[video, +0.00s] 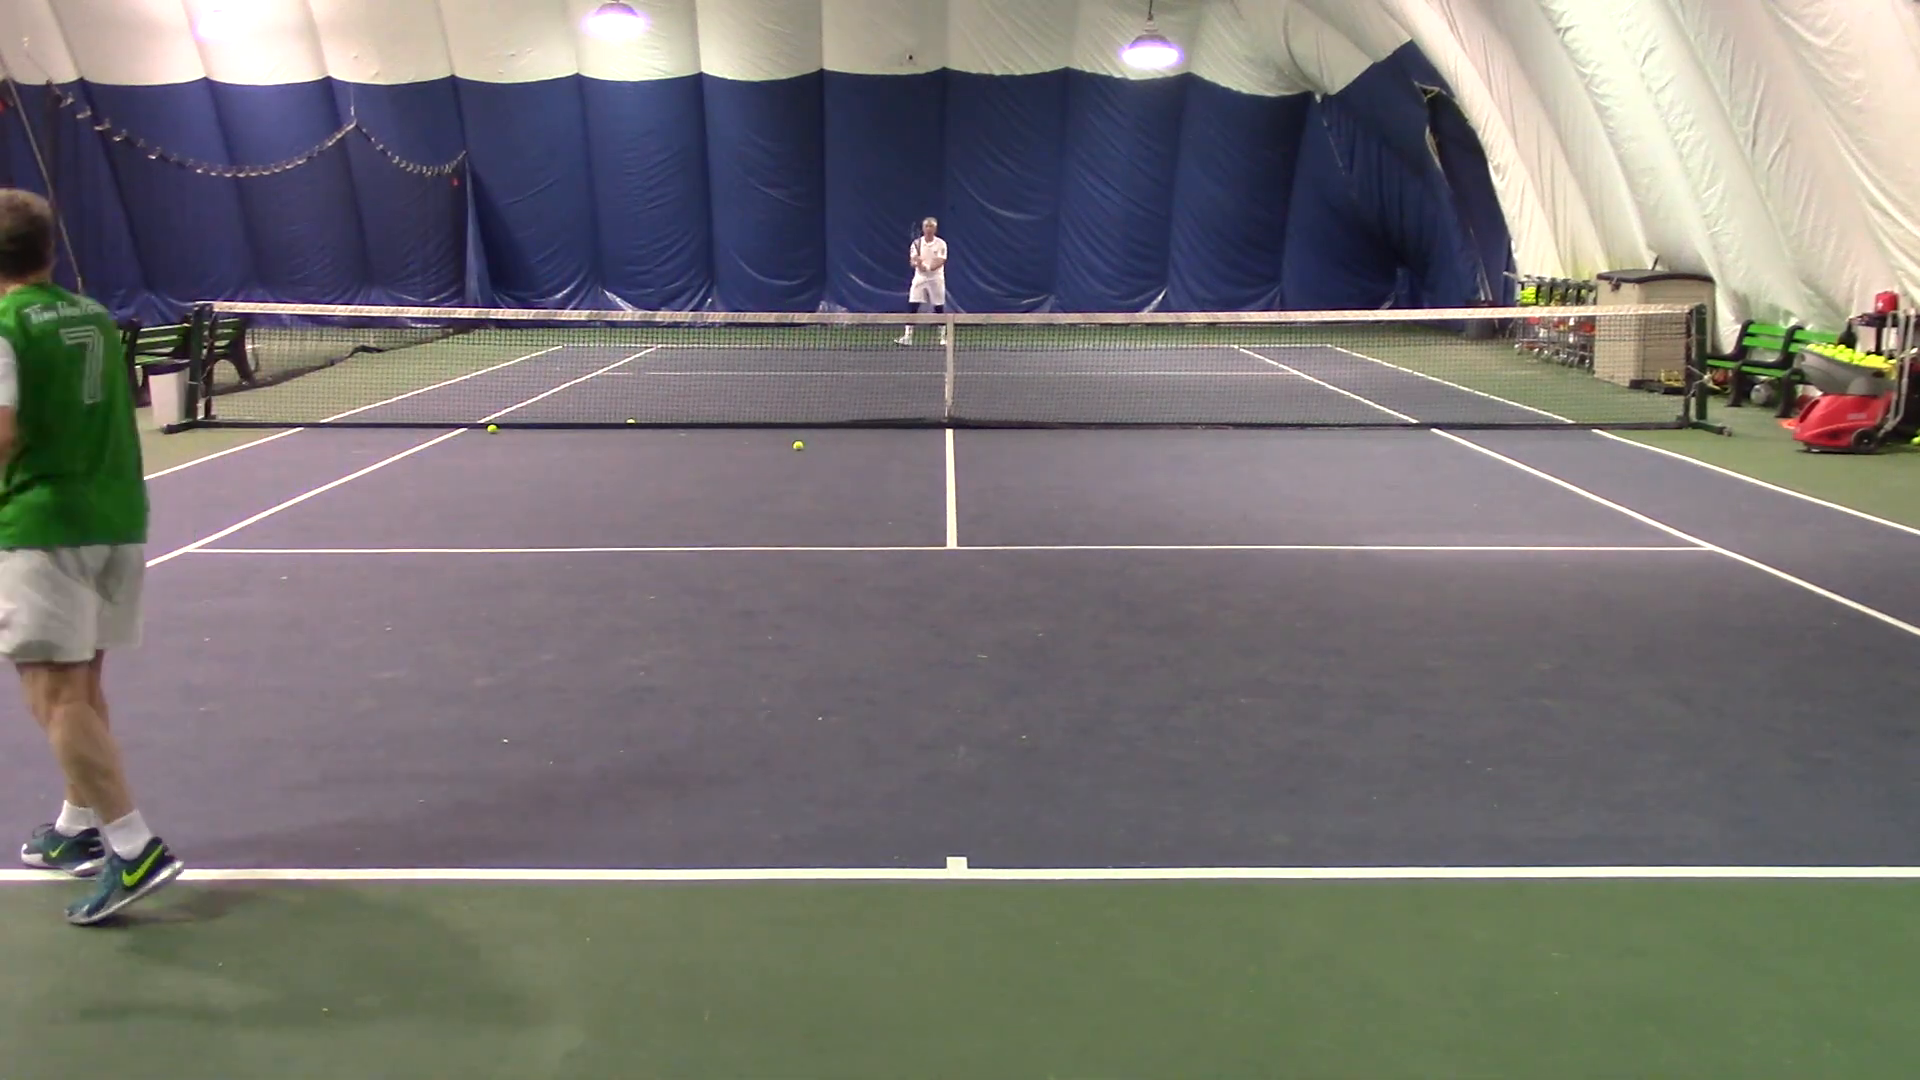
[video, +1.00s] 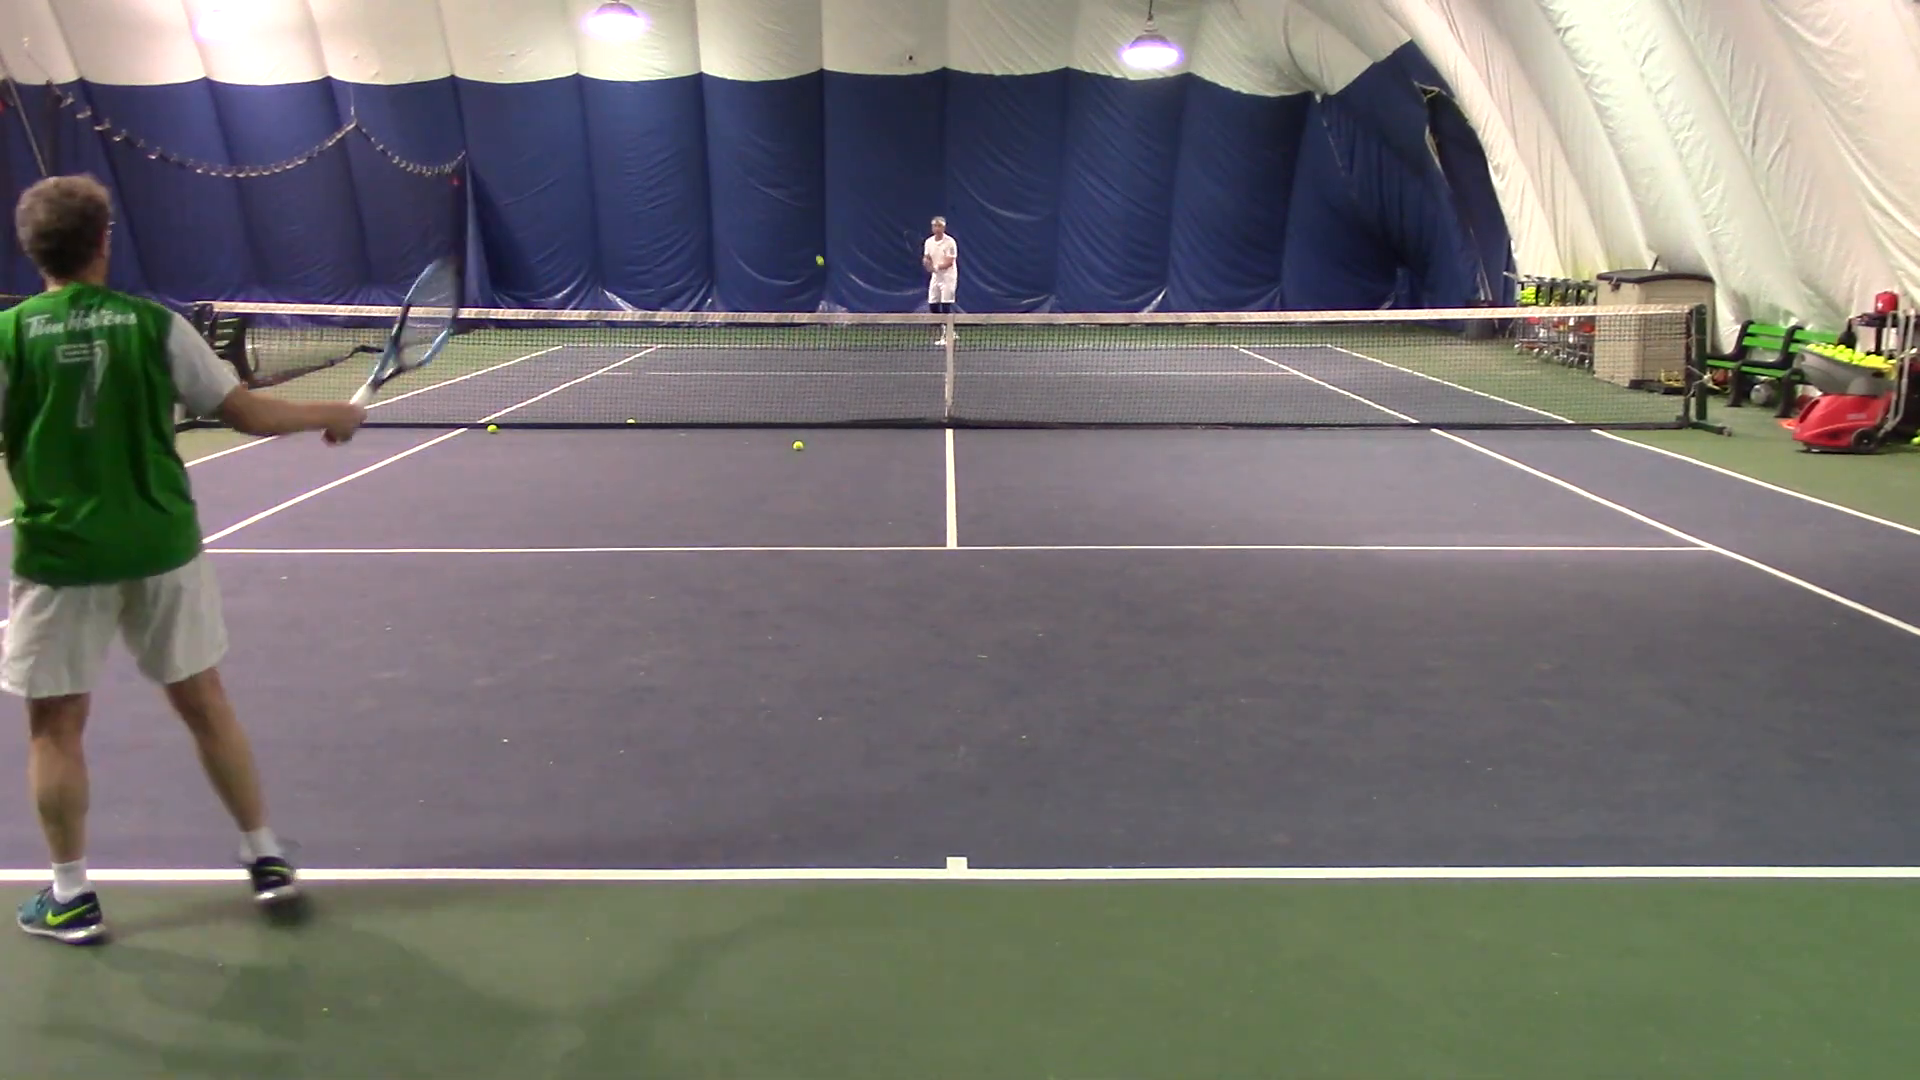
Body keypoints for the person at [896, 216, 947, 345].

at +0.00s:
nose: (928, 229)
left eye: (931, 226)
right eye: (926, 226)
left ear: (935, 229)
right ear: (923, 228)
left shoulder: (941, 244)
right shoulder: (916, 243)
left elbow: (942, 259)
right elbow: (913, 259)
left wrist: (931, 267)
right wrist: (919, 263)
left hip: (936, 279)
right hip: (919, 278)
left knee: (939, 307)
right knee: (912, 305)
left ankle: (942, 335)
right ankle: (908, 335)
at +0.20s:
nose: (935, 227)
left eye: (938, 224)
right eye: (934, 224)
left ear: (942, 227)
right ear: (930, 225)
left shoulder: (946, 242)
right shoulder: (921, 240)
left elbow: (946, 258)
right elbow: (915, 258)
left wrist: (936, 263)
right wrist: (921, 257)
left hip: (939, 277)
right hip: (923, 276)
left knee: (940, 306)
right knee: (917, 304)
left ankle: (942, 334)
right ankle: (918, 334)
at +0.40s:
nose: (935, 228)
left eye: (937, 225)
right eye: (933, 225)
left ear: (941, 227)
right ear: (929, 226)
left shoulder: (946, 243)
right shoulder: (921, 241)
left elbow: (947, 259)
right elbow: (916, 258)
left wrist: (938, 264)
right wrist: (923, 261)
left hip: (939, 277)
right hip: (924, 277)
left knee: (941, 306)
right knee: (921, 305)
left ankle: (943, 333)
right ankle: (923, 332)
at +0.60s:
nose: (932, 231)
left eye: (935, 229)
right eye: (930, 229)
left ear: (938, 230)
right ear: (927, 229)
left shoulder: (945, 244)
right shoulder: (919, 244)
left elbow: (947, 261)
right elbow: (916, 261)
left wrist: (938, 268)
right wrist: (923, 265)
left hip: (940, 278)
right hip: (925, 278)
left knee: (939, 304)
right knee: (923, 306)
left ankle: (943, 334)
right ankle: (924, 333)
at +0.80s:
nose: (933, 228)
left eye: (936, 226)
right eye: (931, 226)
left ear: (940, 227)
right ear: (928, 227)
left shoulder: (948, 243)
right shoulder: (924, 243)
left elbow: (951, 260)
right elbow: (921, 259)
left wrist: (940, 267)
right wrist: (927, 266)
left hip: (944, 278)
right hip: (930, 277)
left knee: (943, 305)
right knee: (927, 304)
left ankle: (944, 334)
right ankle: (928, 332)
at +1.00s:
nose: (937, 229)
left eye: (940, 226)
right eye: (935, 226)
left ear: (944, 227)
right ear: (932, 227)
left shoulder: (950, 242)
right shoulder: (928, 242)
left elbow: (951, 260)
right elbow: (926, 257)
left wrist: (939, 266)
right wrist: (928, 264)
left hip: (947, 276)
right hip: (935, 275)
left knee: (945, 305)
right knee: (933, 304)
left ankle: (948, 333)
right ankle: (943, 330)